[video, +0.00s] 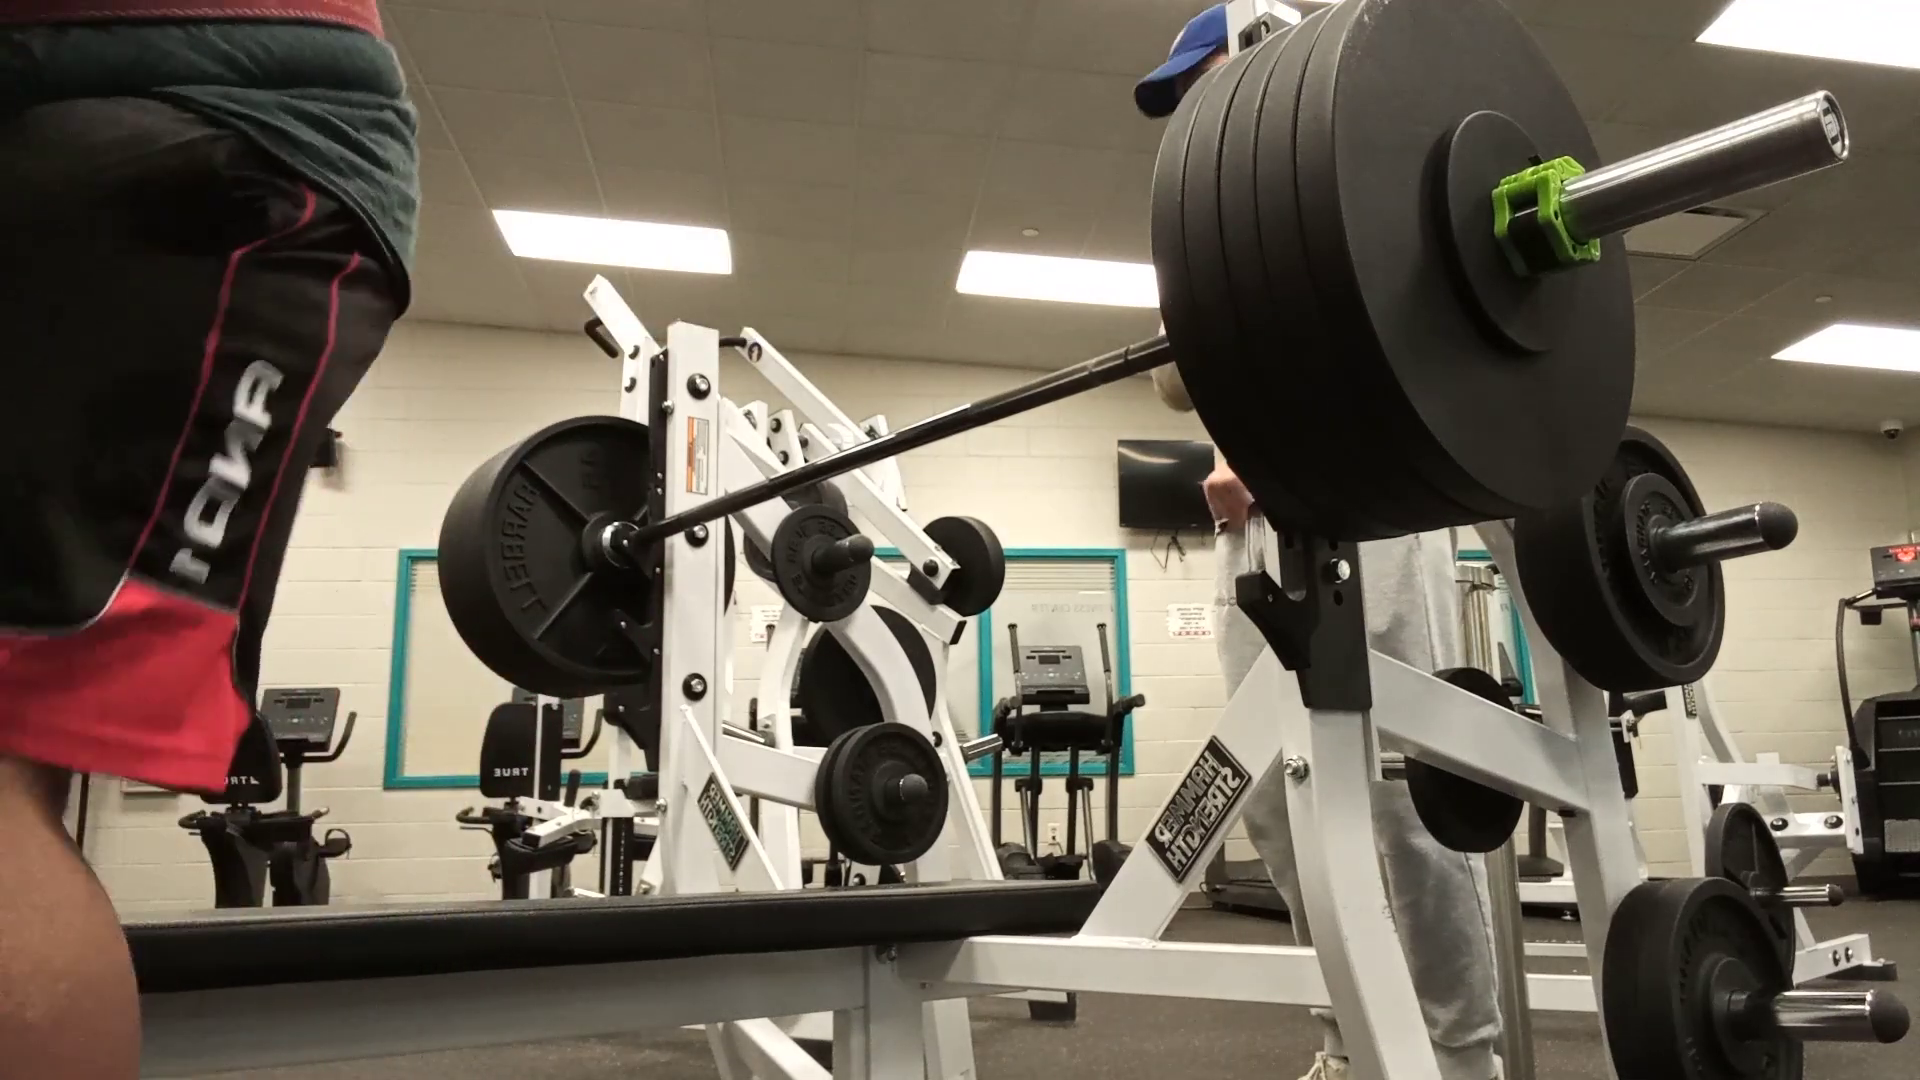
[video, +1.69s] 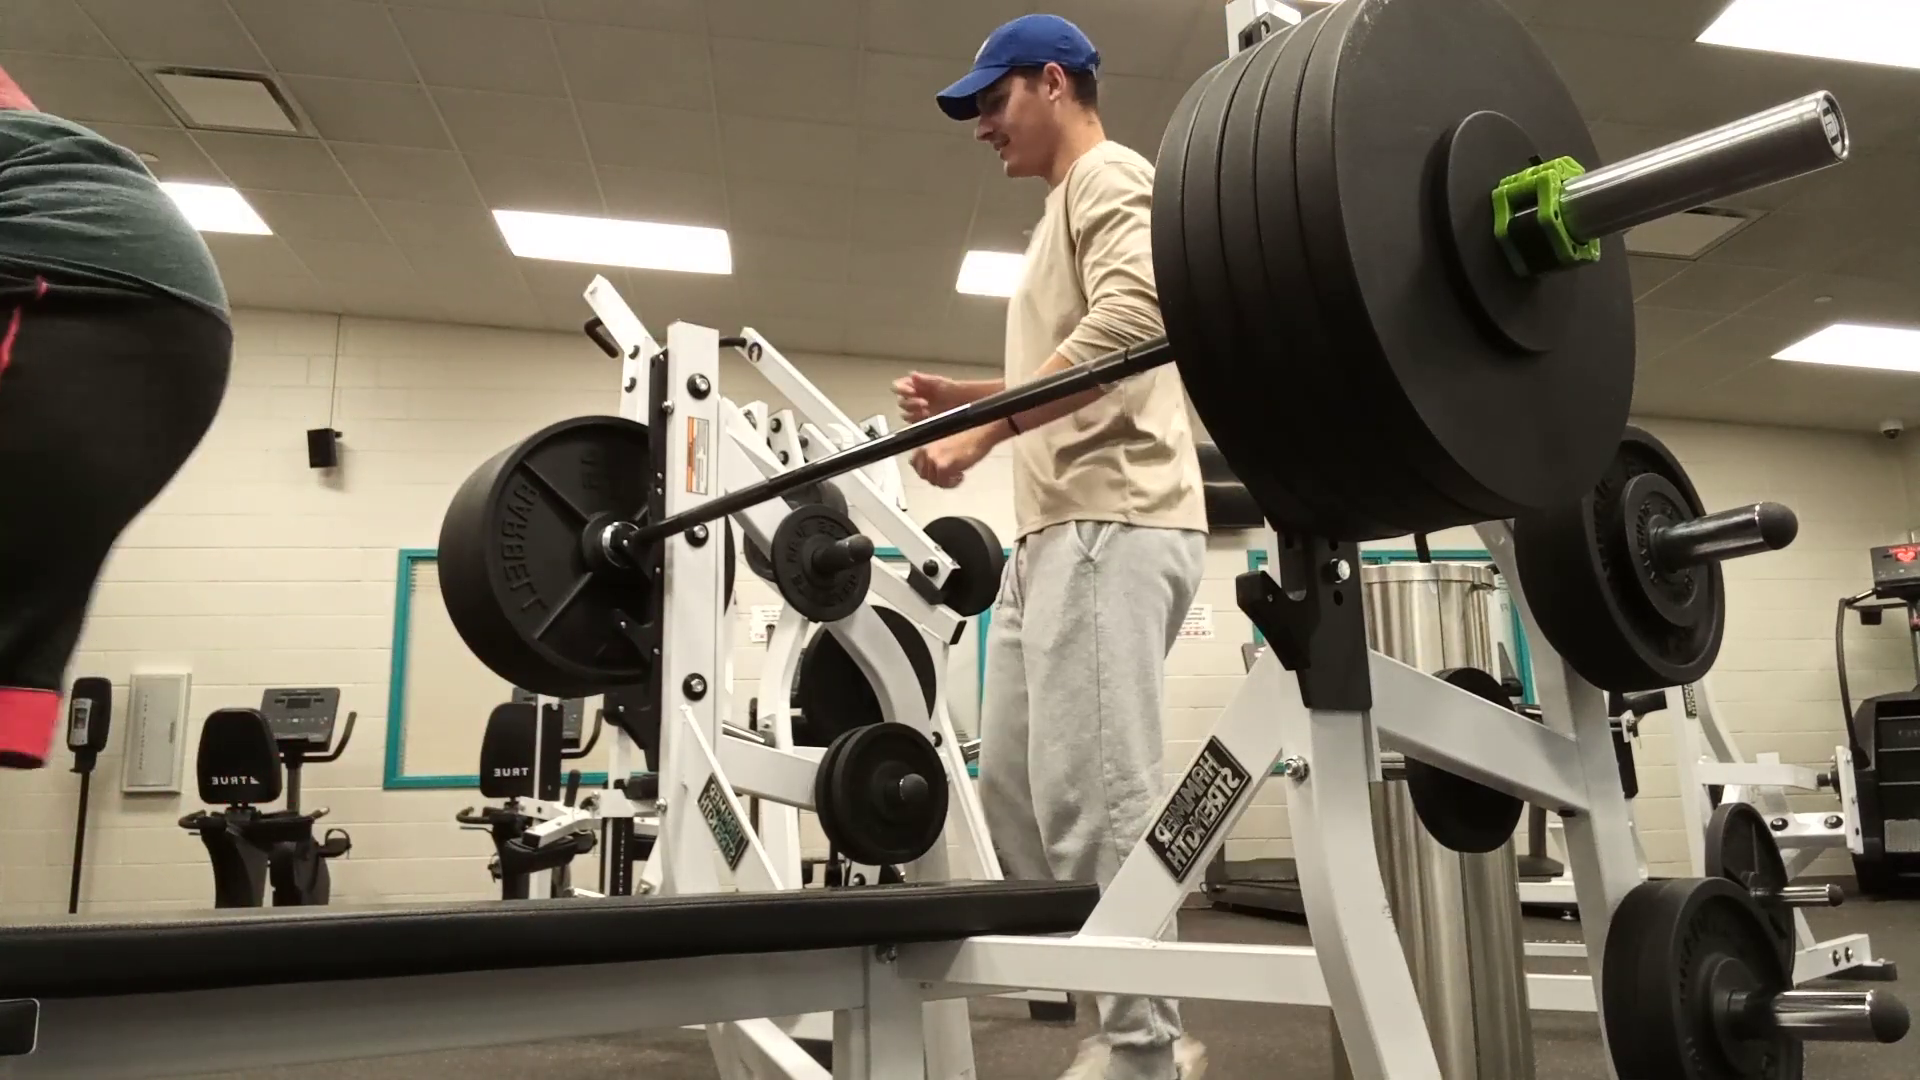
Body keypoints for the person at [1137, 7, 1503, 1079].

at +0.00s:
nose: (1186, 129)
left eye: (1197, 102)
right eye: (1178, 112)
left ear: (1260, 74)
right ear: (1196, 99)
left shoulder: (1334, 160)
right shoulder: (1234, 195)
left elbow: (1377, 330)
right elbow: (1263, 330)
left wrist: (1266, 457)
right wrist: (1237, 456)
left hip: (1368, 523)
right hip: (1273, 525)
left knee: (1397, 798)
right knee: (1280, 804)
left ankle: (1458, 1050)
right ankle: (1360, 1033)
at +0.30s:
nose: (1157, 146)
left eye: (1164, 119)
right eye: (1150, 132)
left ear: (1216, 84)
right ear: (1189, 103)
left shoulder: (1299, 176)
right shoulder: (1217, 208)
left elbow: (1345, 324)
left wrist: (1205, 373)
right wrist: (1193, 365)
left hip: (1330, 522)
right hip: (1243, 533)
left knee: (1358, 792)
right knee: (1265, 812)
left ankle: (1456, 1051)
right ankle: (1364, 1035)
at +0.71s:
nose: (1155, 171)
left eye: (1165, 148)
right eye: (1149, 159)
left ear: (1218, 124)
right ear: (1165, 152)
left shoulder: (1273, 207)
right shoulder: (1183, 253)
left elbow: (1191, 254)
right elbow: (1142, 409)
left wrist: (1049, 277)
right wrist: (1140, 356)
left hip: (1260, 520)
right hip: (1184, 537)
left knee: (1332, 782)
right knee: (1234, 806)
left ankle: (1440, 1038)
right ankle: (1365, 1018)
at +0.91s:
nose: (1132, 180)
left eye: (1139, 156)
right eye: (1129, 167)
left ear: (1187, 128)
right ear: (1164, 150)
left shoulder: (1234, 216)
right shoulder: (1179, 256)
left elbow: (1152, 264)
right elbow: (1121, 416)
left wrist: (1021, 278)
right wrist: (1130, 356)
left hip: (1230, 520)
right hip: (1184, 530)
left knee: (1219, 760)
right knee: (1214, 774)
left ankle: (1353, 998)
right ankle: (1334, 1003)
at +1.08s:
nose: (1110, 185)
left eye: (1111, 158)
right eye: (1105, 169)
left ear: (1155, 125)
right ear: (1161, 131)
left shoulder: (1208, 218)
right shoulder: (1215, 238)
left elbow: (1120, 293)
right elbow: (1103, 414)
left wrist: (989, 322)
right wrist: (1105, 348)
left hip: (1202, 533)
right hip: (1263, 537)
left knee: (1159, 792)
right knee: (1260, 801)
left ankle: (1194, 1051)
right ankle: (1335, 1029)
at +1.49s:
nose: (1013, 126)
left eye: (1021, 101)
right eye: (1010, 109)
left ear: (1072, 83)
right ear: (1082, 90)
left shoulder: (1131, 183)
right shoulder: (1106, 198)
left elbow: (1146, 353)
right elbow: (1117, 369)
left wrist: (1026, 438)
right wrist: (1014, 399)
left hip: (1132, 526)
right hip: (1112, 521)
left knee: (1101, 804)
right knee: (1108, 794)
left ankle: (1144, 1055)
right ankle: (1274, 1000)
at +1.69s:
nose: (985, 126)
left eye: (995, 100)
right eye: (979, 110)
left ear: (1054, 84)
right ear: (1048, 93)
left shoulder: (1110, 179)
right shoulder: (1062, 213)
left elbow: (1135, 321)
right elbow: (1076, 380)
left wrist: (989, 430)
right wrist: (970, 400)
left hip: (1113, 528)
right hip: (1056, 533)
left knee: (1092, 783)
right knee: (1010, 771)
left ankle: (1141, 1037)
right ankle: (1087, 992)